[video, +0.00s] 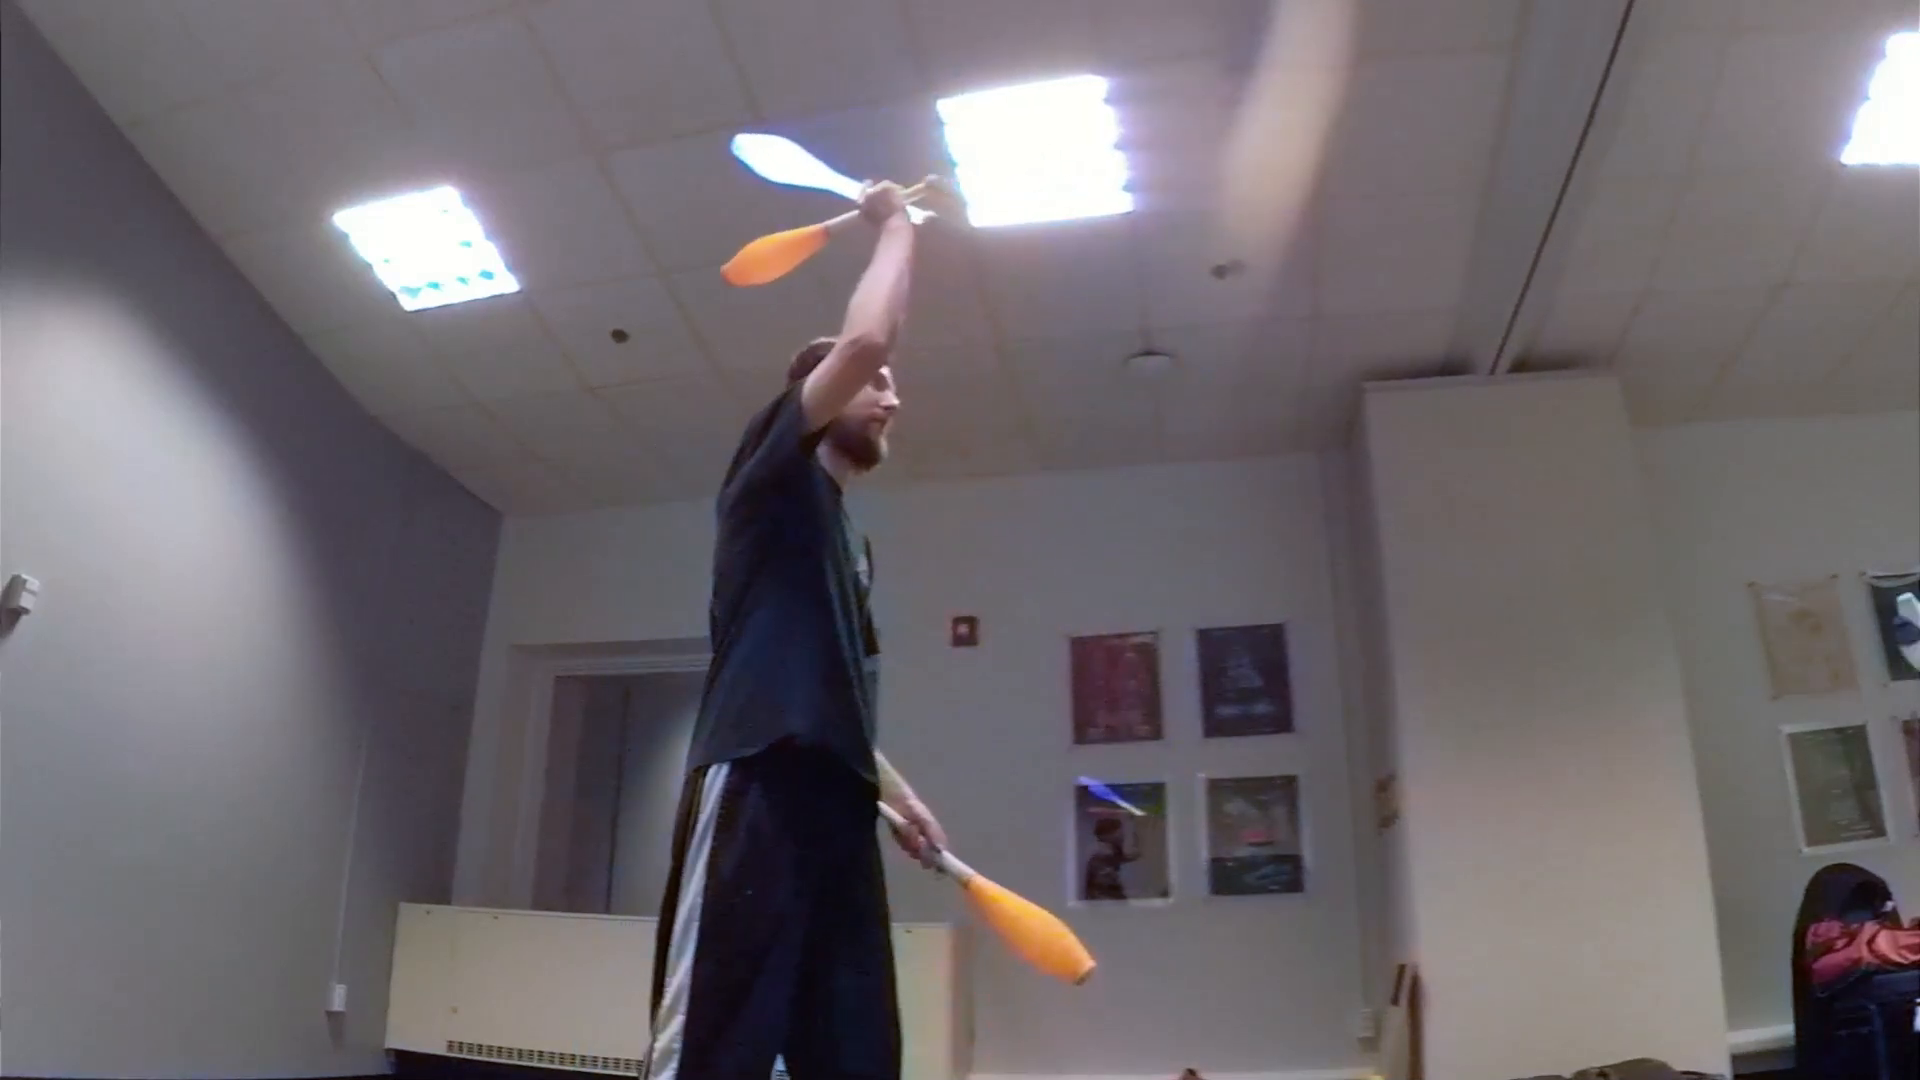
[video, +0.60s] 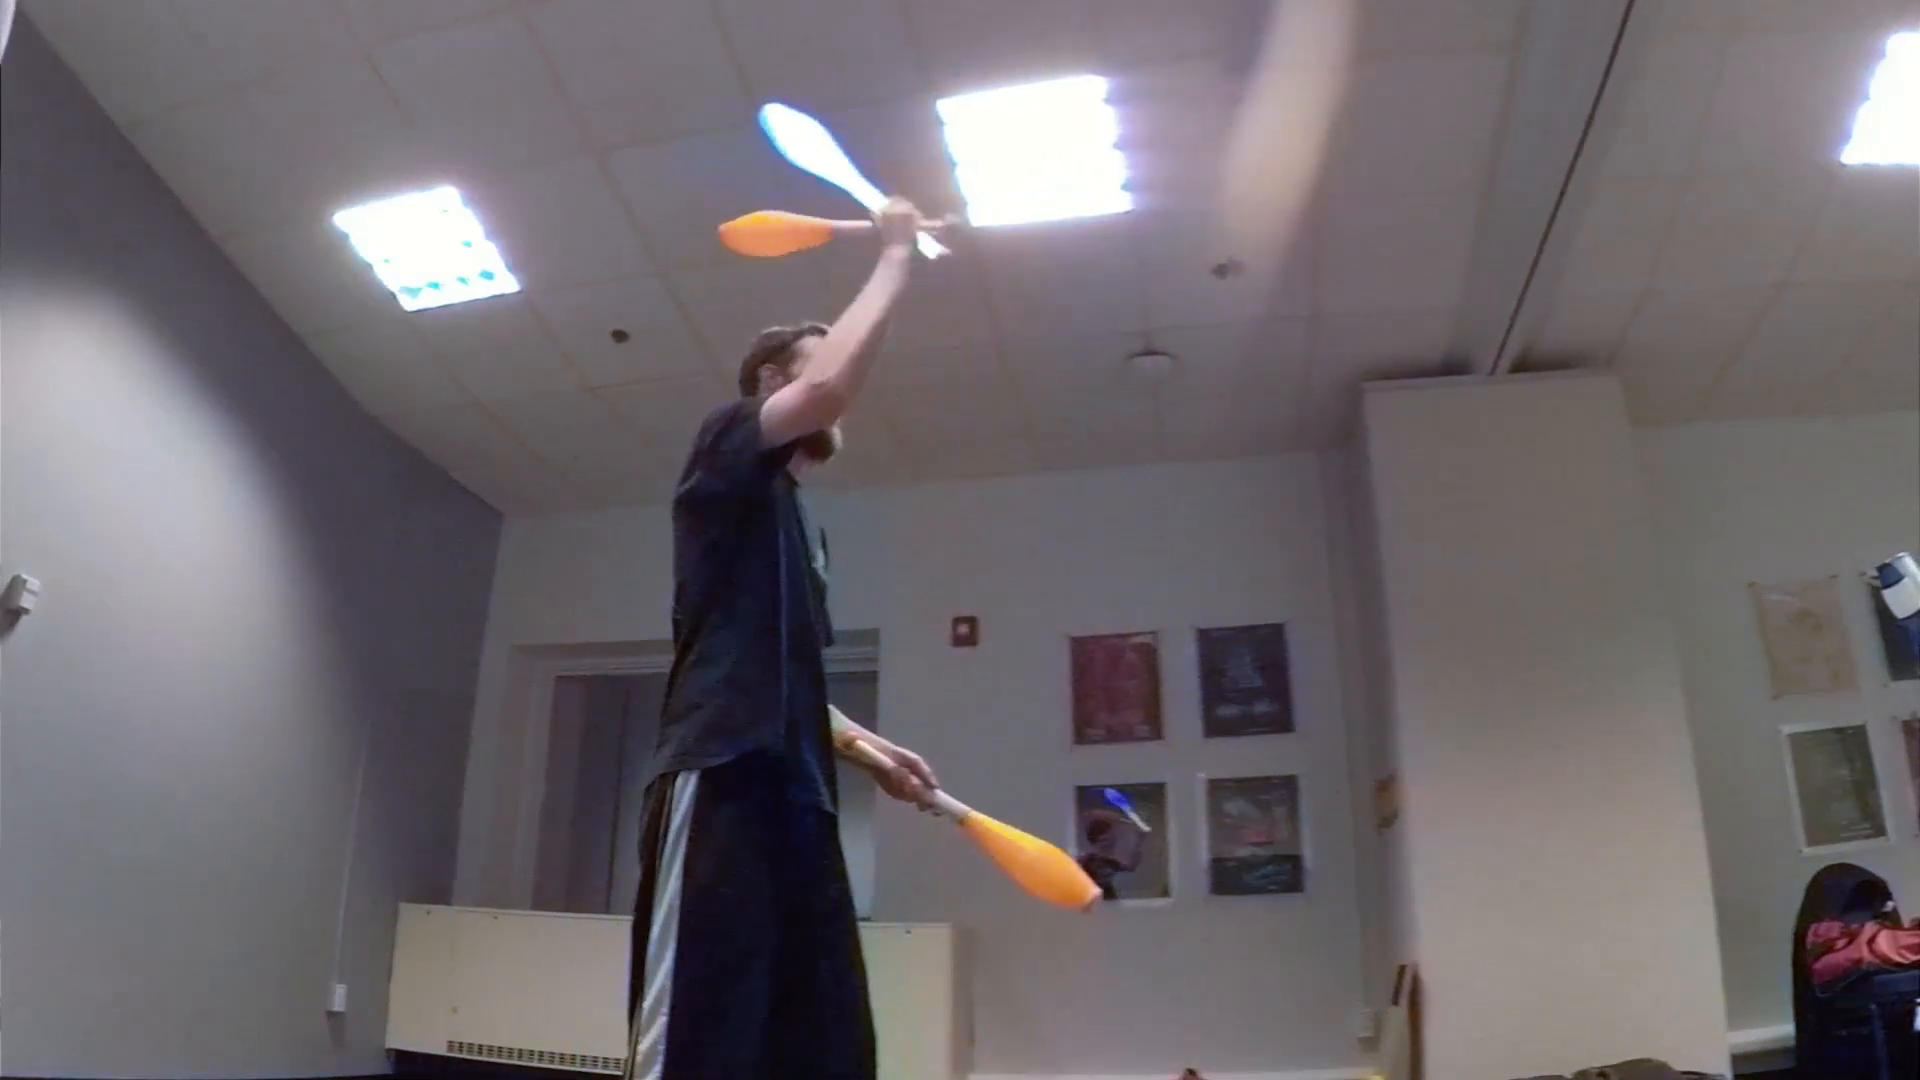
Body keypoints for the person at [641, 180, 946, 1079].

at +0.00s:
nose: (890, 400)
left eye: (892, 386)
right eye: (871, 380)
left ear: (877, 410)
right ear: (817, 389)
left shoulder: (838, 534)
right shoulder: (771, 469)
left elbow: (826, 695)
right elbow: (863, 338)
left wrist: (893, 792)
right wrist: (898, 221)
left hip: (833, 795)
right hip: (756, 784)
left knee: (851, 1039)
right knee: (716, 1033)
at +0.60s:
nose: (833, 387)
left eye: (836, 373)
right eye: (817, 371)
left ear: (797, 387)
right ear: (773, 379)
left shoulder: (787, 512)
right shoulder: (728, 444)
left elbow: (774, 677)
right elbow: (822, 391)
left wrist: (870, 749)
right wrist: (895, 256)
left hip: (794, 790)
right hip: (724, 777)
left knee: (821, 1026)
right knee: (701, 1021)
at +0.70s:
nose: (831, 380)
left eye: (835, 370)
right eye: (810, 362)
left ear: (836, 394)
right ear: (753, 375)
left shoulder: (799, 525)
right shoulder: (707, 444)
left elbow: (782, 680)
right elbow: (777, 475)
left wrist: (868, 738)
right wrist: (916, 360)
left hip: (789, 788)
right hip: (706, 782)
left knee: (818, 1031)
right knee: (691, 1027)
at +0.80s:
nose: (823, 383)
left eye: (824, 373)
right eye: (802, 364)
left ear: (824, 396)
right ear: (743, 378)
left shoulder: (778, 522)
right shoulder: (694, 460)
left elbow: (777, 680)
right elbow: (724, 567)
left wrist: (860, 729)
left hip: (775, 815)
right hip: (688, 808)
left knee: (833, 1041)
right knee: (683, 1047)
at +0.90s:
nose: (821, 388)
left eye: (823, 377)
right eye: (799, 369)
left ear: (818, 411)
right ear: (741, 385)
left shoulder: (793, 536)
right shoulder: (690, 476)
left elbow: (782, 693)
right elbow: (670, 628)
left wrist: (859, 734)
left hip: (771, 831)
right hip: (673, 826)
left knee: (843, 1040)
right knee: (681, 1053)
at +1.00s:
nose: (831, 399)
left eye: (832, 389)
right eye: (809, 381)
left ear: (831, 413)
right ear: (748, 397)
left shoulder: (798, 545)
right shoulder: (697, 499)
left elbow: (761, 696)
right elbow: (645, 668)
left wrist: (843, 746)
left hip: (762, 838)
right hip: (671, 841)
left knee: (854, 1040)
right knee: (690, 1060)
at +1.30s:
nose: (887, 415)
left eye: (889, 404)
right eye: (866, 395)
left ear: (882, 434)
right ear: (804, 411)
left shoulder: (836, 556)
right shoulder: (750, 515)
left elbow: (792, 690)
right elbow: (717, 690)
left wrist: (832, 769)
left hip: (771, 859)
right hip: (685, 855)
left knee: (804, 1062)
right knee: (707, 1063)